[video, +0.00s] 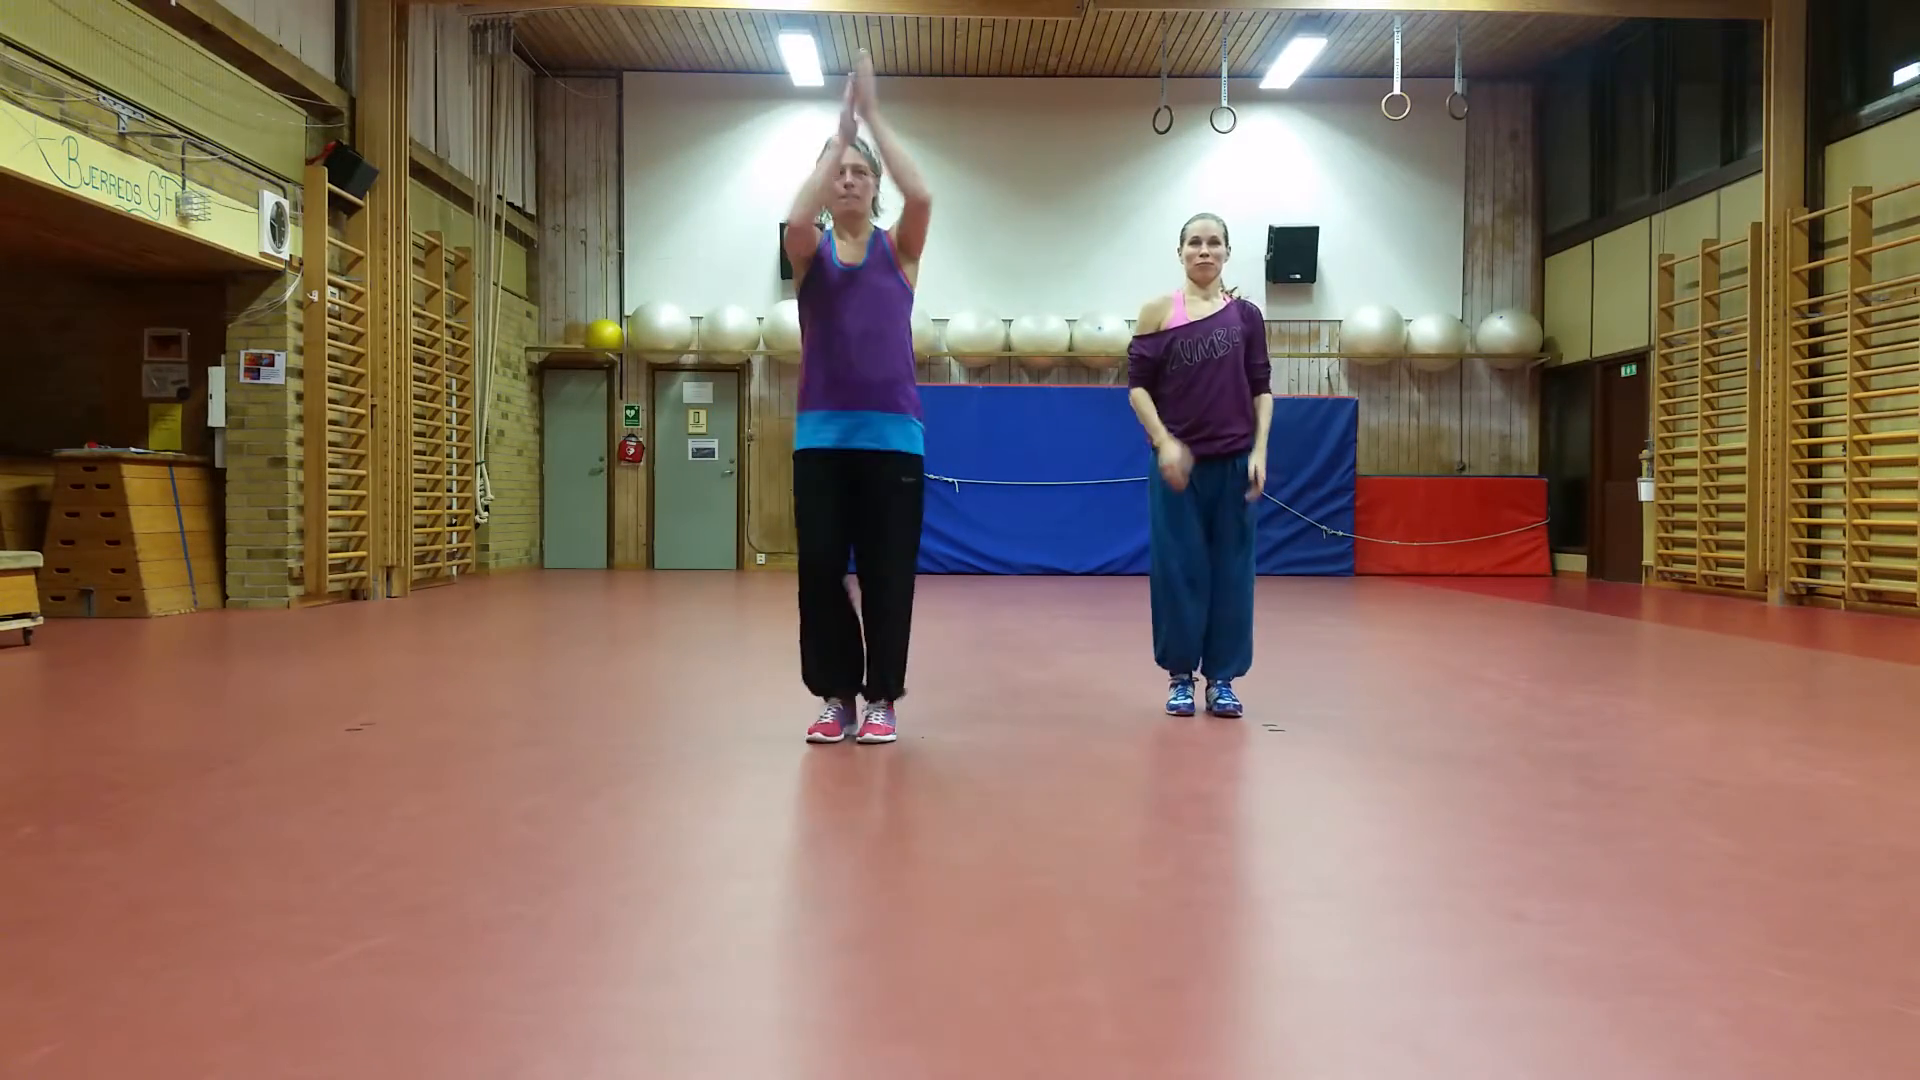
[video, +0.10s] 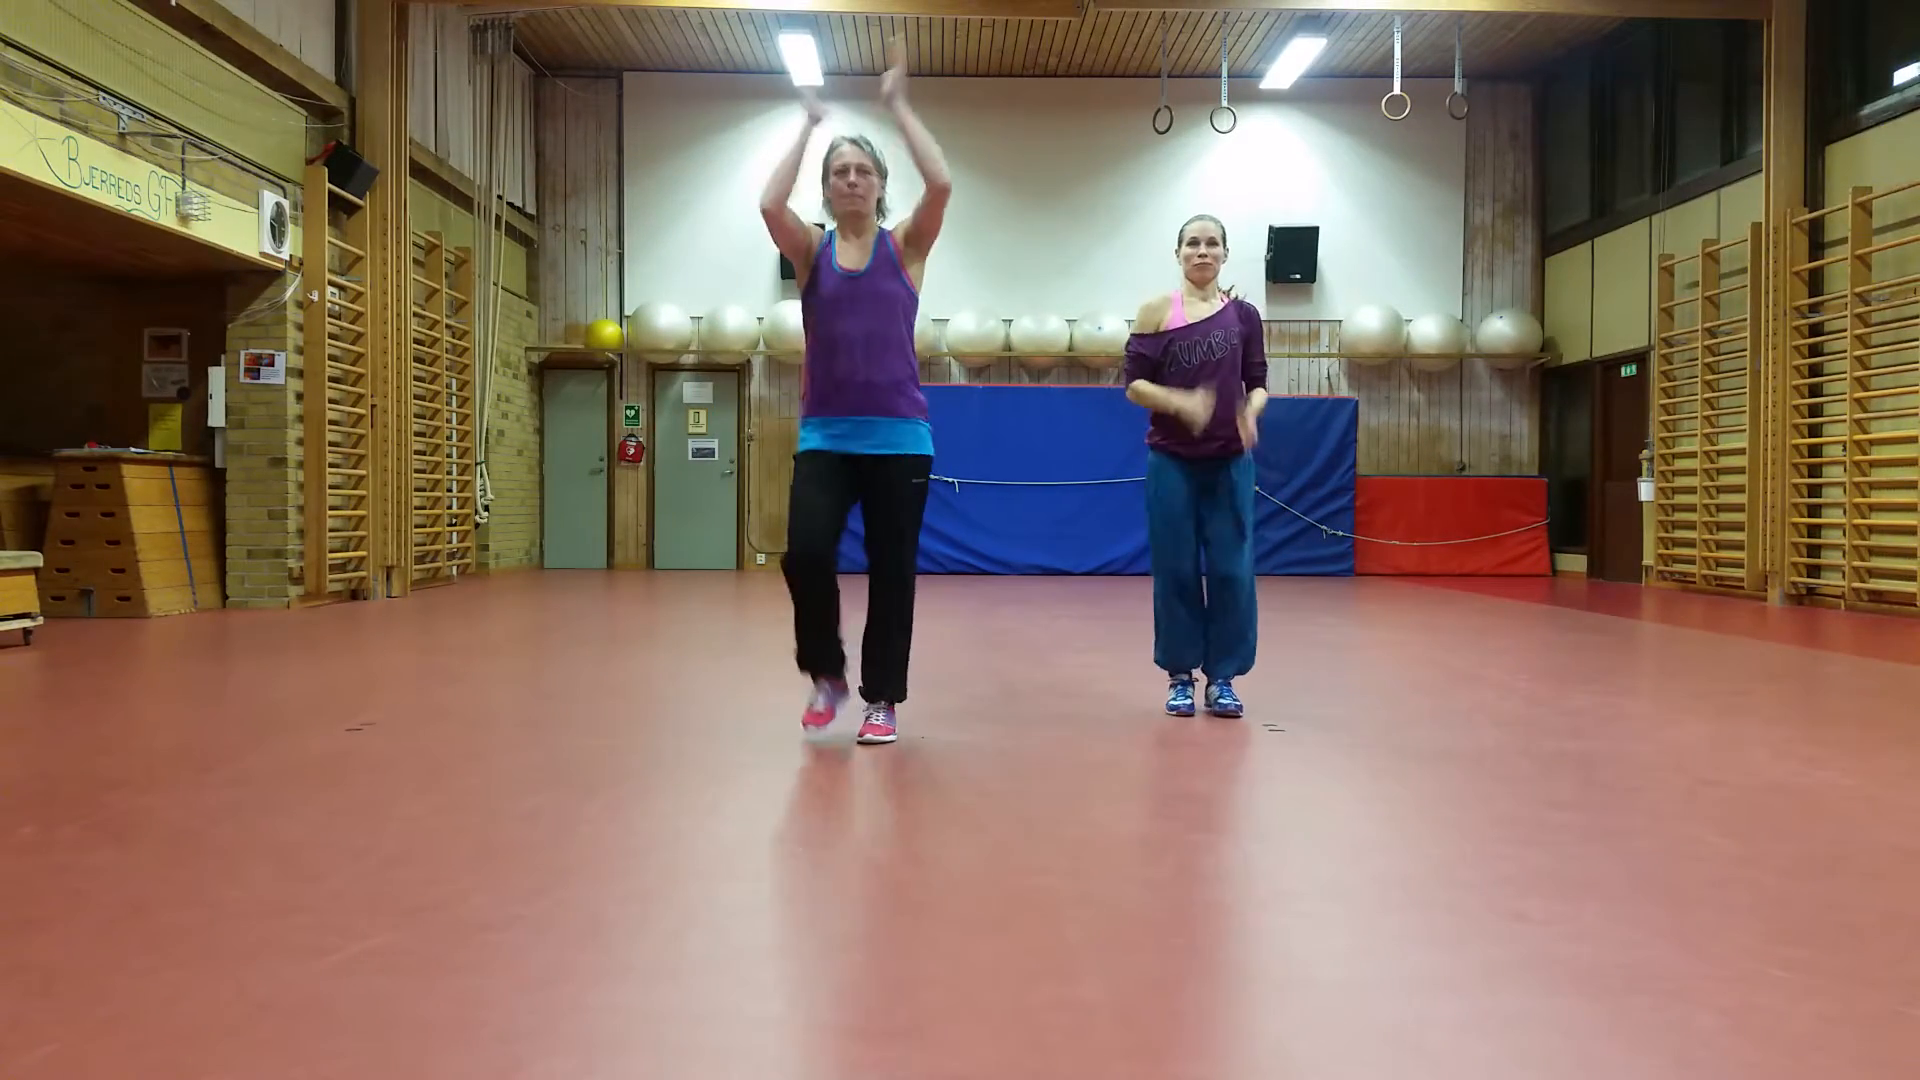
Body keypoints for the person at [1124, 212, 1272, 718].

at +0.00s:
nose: (1204, 251)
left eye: (1214, 243)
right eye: (1196, 242)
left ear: (1227, 252)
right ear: (1181, 251)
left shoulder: (1246, 314)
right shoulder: (1158, 312)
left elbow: (1262, 386)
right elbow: (1137, 386)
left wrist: (1259, 449)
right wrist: (1164, 441)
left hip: (1234, 461)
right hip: (1176, 461)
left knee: (1232, 569)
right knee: (1179, 567)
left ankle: (1221, 680)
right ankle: (1181, 678)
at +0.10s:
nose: (1203, 252)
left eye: (1212, 244)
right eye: (1194, 243)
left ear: (1225, 254)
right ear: (1178, 252)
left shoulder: (1244, 314)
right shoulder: (1156, 312)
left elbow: (1258, 383)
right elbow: (1133, 385)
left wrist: (1249, 411)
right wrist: (1180, 400)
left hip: (1231, 460)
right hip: (1172, 460)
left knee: (1232, 568)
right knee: (1176, 567)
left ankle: (1222, 678)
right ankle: (1181, 677)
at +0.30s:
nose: (1206, 251)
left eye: (1215, 244)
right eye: (1197, 243)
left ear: (1226, 252)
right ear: (1181, 250)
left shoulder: (1242, 307)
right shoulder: (1160, 306)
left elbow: (1257, 371)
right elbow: (1157, 368)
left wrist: (1237, 322)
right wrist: (1202, 324)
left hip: (1232, 453)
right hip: (1174, 453)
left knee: (1232, 566)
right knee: (1173, 565)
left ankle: (1223, 676)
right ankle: (1180, 677)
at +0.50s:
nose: (1215, 256)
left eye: (1223, 249)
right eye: (1206, 248)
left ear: (1230, 257)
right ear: (1187, 255)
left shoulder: (1245, 304)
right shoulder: (1170, 309)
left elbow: (1289, 306)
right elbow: (1148, 319)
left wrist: (1254, 250)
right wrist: (1185, 274)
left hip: (1237, 453)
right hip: (1179, 452)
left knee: (1237, 565)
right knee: (1186, 561)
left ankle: (1226, 677)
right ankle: (1183, 669)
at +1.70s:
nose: (1208, 246)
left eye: (1216, 239)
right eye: (1199, 238)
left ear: (1226, 249)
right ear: (1181, 247)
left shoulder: (1238, 303)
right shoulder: (1166, 308)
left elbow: (1281, 241)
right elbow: (1154, 268)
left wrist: (1236, 180)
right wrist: (1184, 203)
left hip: (1237, 460)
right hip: (1180, 459)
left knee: (1256, 560)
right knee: (1172, 569)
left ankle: (1223, 665)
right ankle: (1170, 674)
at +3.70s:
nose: (1233, 234)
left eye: (1240, 229)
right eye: (1222, 229)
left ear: (1252, 243)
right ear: (1206, 242)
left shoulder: (1265, 295)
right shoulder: (1192, 300)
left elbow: (1307, 224)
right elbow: (1161, 249)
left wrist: (1266, 165)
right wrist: (1199, 184)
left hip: (1260, 449)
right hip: (1201, 448)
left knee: (1268, 560)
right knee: (1192, 552)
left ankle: (1264, 669)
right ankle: (1196, 658)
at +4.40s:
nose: (1227, 246)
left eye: (1236, 239)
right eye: (1217, 239)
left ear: (1248, 252)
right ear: (1203, 253)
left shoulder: (1264, 302)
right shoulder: (1187, 307)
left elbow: (1326, 277)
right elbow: (1156, 306)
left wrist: (1275, 236)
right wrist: (1193, 247)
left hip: (1263, 455)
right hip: (1203, 457)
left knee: (1272, 565)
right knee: (1204, 558)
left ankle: (1264, 674)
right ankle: (1214, 660)